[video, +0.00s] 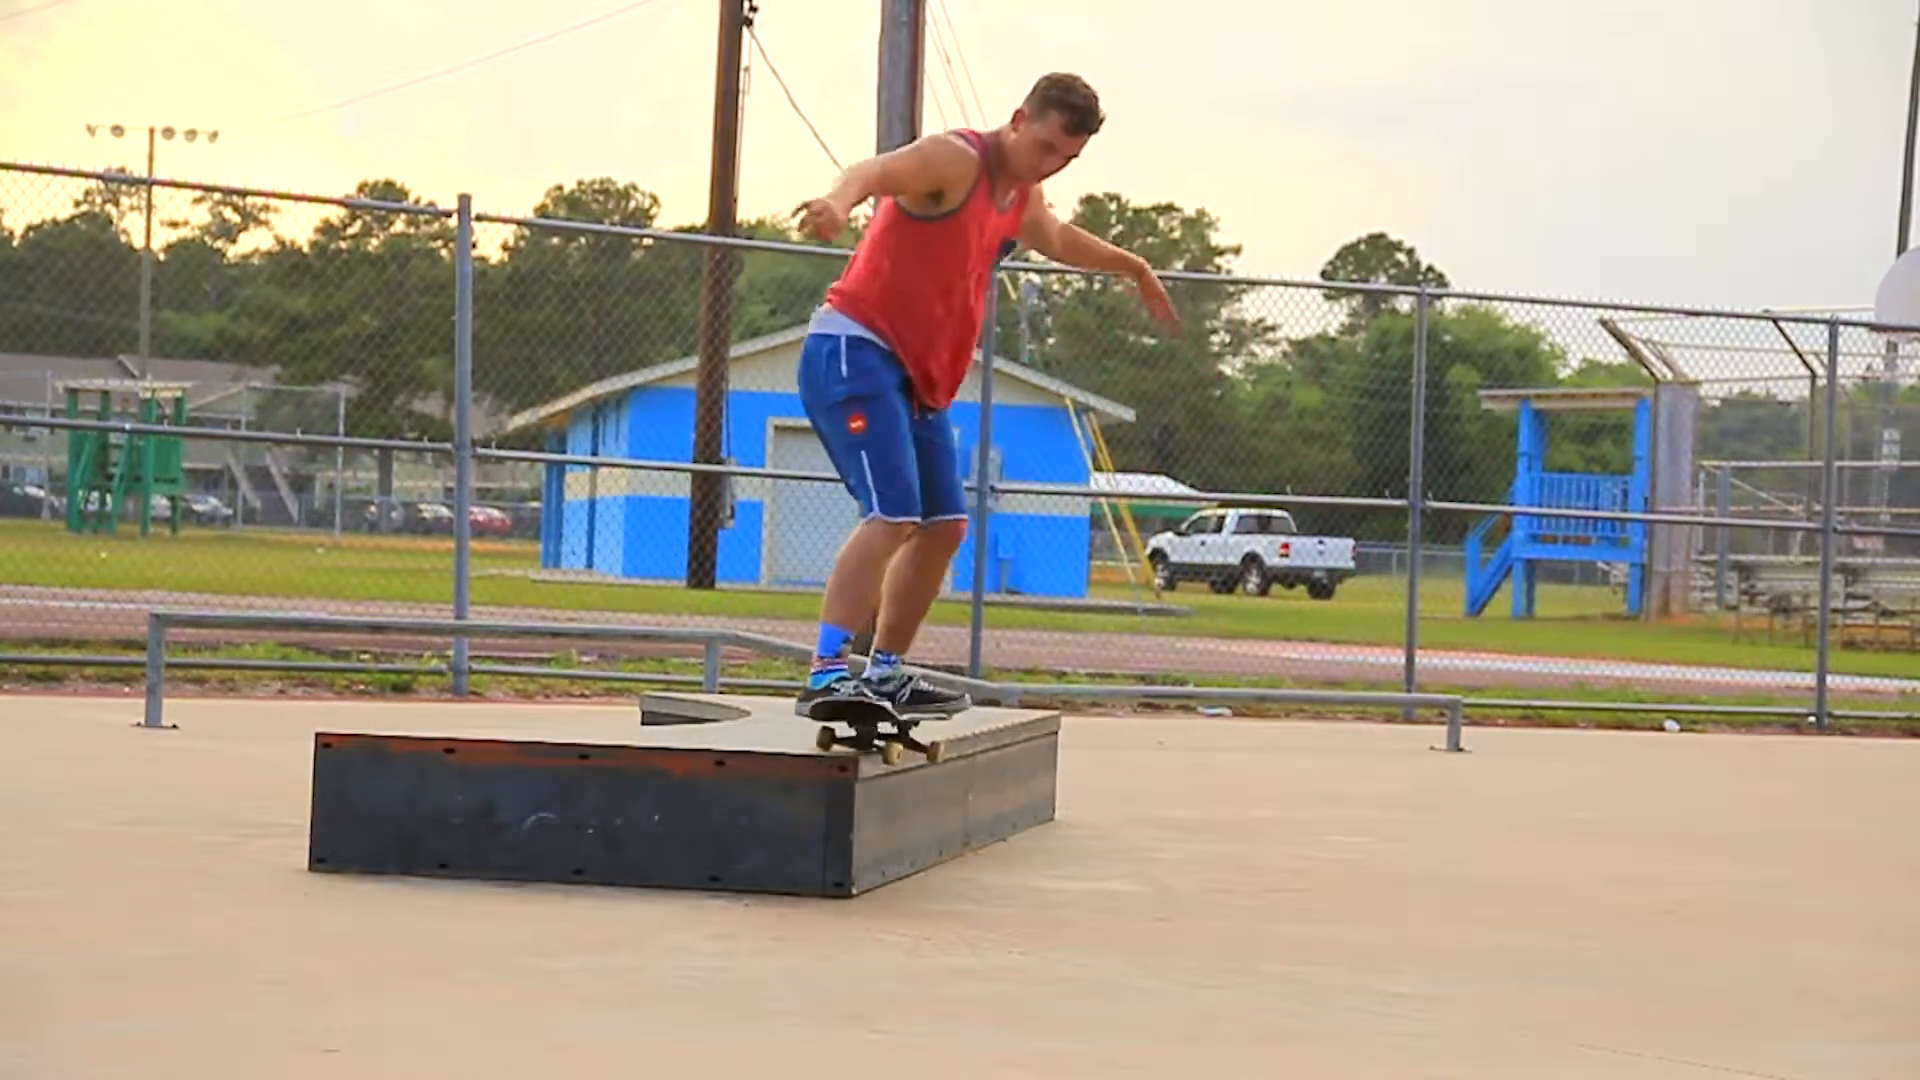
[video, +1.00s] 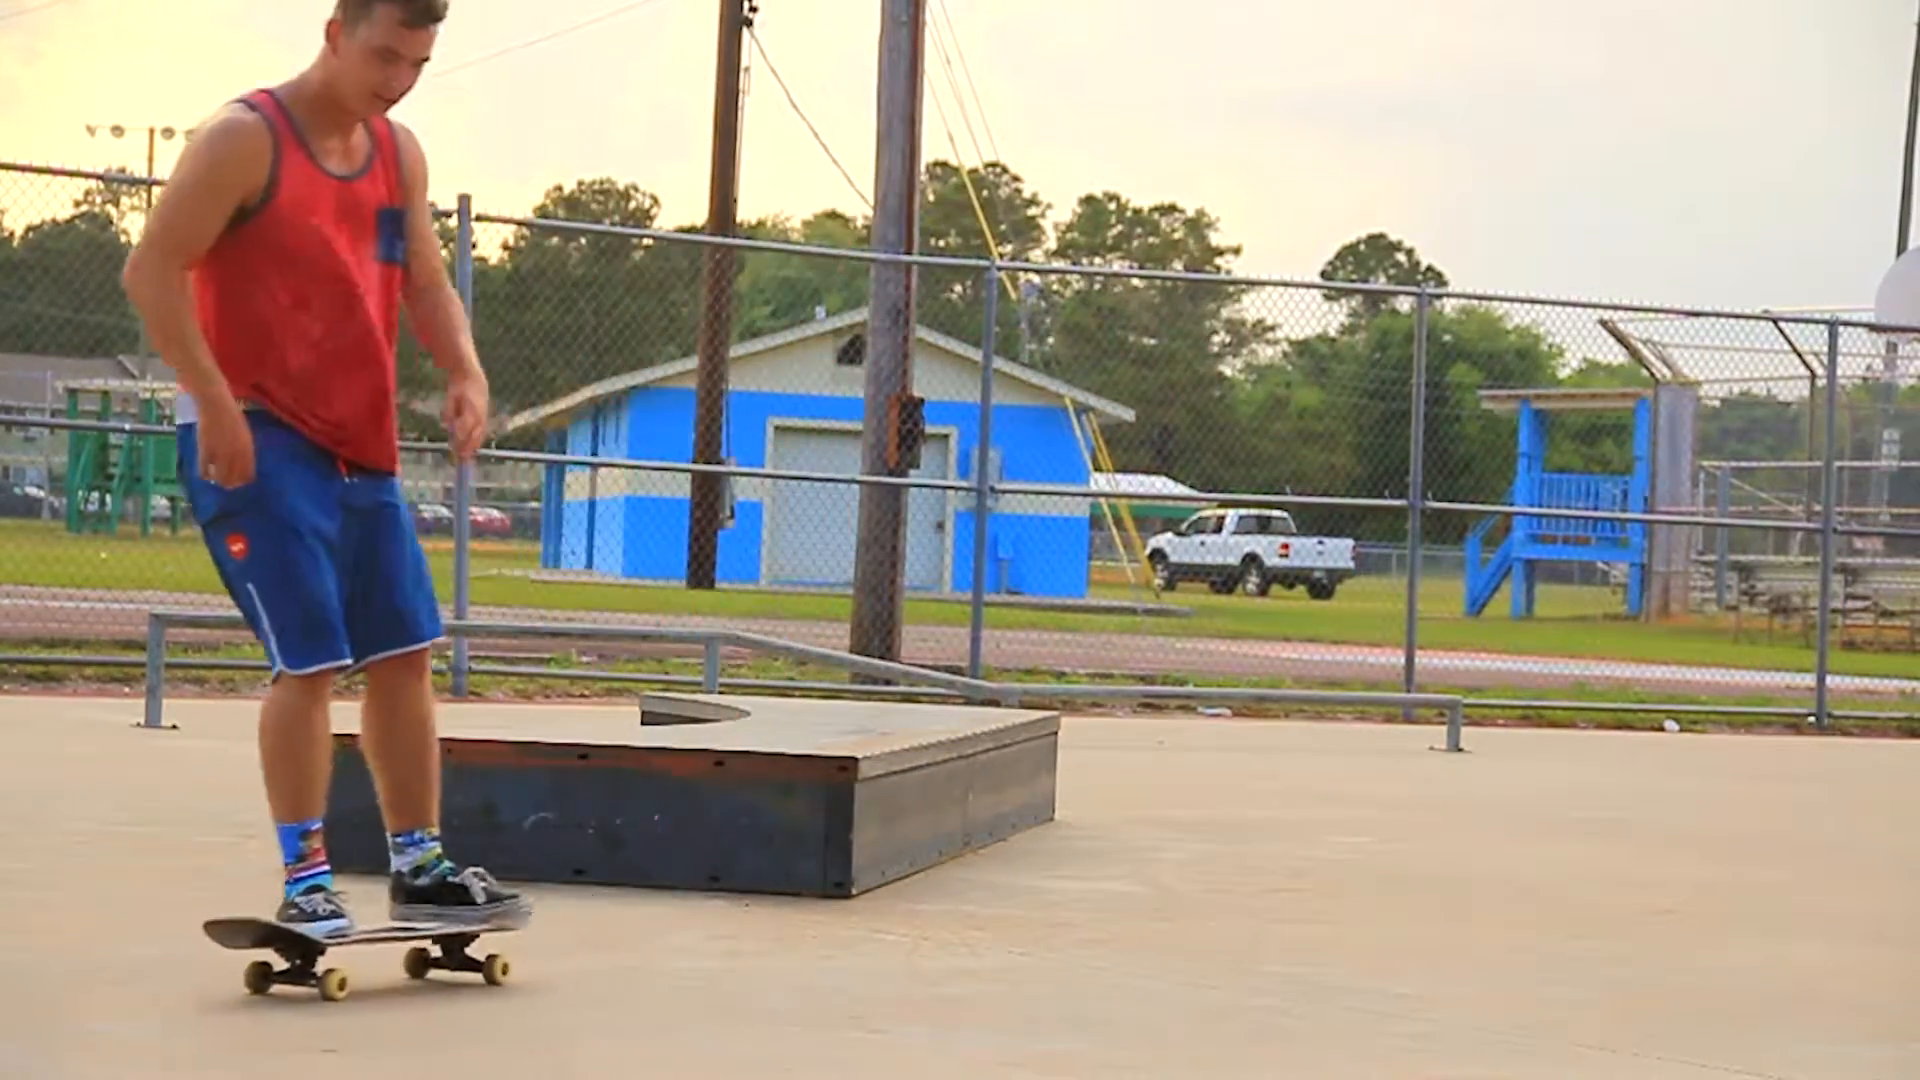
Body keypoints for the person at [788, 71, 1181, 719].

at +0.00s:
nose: (1051, 166)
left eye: (1066, 158)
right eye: (1048, 147)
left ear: (1076, 154)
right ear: (1018, 119)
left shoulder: (1025, 198)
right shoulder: (954, 158)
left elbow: (1061, 241)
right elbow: (869, 174)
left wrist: (1135, 265)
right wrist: (836, 202)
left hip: (914, 378)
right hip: (852, 349)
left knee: (942, 525)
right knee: (892, 513)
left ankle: (882, 675)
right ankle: (829, 673)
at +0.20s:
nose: (988, 138)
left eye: (1002, 128)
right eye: (984, 118)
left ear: (1009, 121)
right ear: (948, 87)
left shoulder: (952, 168)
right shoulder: (879, 125)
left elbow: (984, 182)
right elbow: (802, 125)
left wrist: (1030, 194)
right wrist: (758, 136)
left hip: (844, 353)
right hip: (773, 319)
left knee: (884, 507)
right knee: (839, 474)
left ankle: (843, 674)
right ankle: (776, 655)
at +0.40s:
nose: (898, 221)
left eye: (910, 210)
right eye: (895, 200)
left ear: (906, 197)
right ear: (854, 168)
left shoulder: (844, 252)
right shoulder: (779, 226)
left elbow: (866, 276)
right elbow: (675, 279)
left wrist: (935, 294)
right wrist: (651, 363)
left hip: (765, 472)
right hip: (702, 454)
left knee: (797, 650)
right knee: (739, 646)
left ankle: (735, 832)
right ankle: (693, 834)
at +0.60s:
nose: (795, 244)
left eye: (807, 232)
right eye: (790, 224)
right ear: (747, 188)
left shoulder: (738, 274)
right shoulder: (657, 248)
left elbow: (703, 393)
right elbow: (568, 354)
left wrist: (776, 464)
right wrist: (598, 487)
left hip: (664, 496)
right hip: (587, 480)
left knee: (727, 653)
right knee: (667, 658)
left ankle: (682, 847)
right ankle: (618, 853)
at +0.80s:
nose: (635, 162)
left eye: (647, 147)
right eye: (629, 140)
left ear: (646, 140)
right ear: (579, 108)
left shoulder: (601, 210)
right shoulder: (481, 186)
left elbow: (615, 327)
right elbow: (399, 310)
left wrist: (618, 362)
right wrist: (463, 435)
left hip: (533, 464)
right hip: (434, 450)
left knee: (579, 649)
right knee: (507, 652)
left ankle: (588, 860)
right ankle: (491, 869)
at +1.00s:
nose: (402, 81)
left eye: (418, 63)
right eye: (389, 56)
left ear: (427, 55)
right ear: (333, 31)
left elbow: (426, 282)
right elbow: (150, 272)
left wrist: (466, 371)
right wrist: (214, 404)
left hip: (361, 444)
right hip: (259, 436)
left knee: (402, 646)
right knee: (308, 657)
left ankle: (421, 870)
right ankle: (306, 881)